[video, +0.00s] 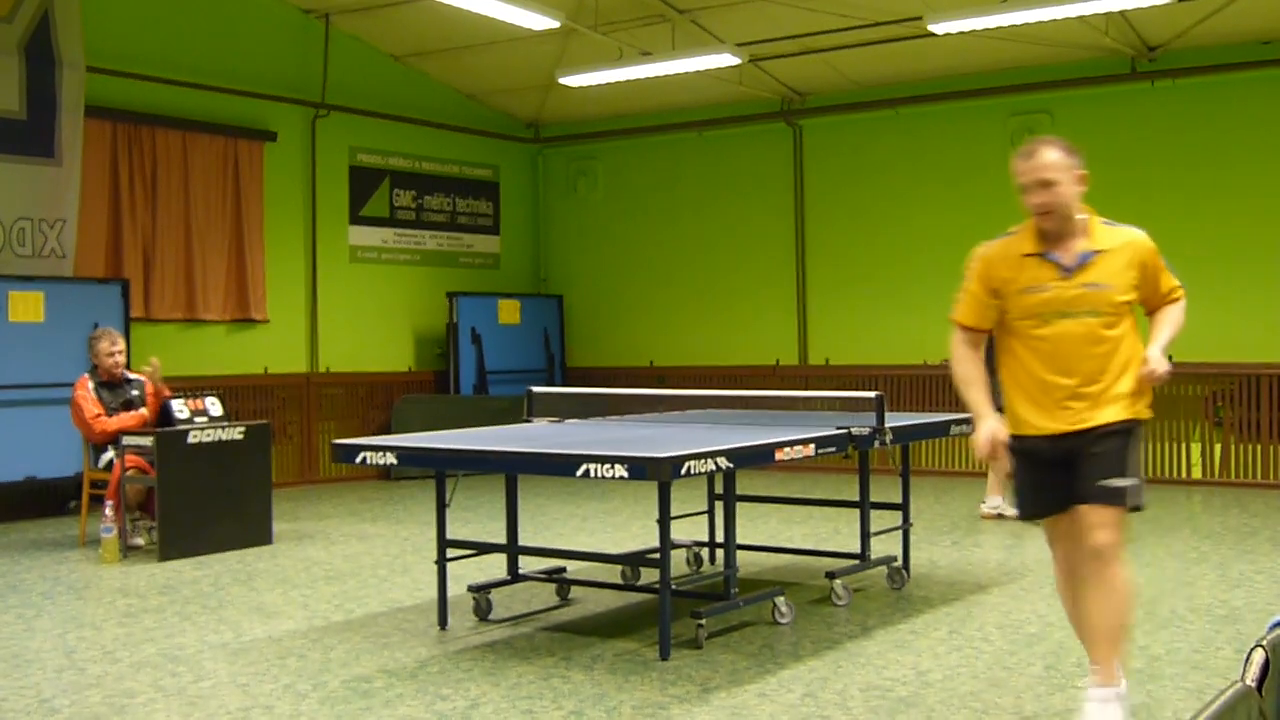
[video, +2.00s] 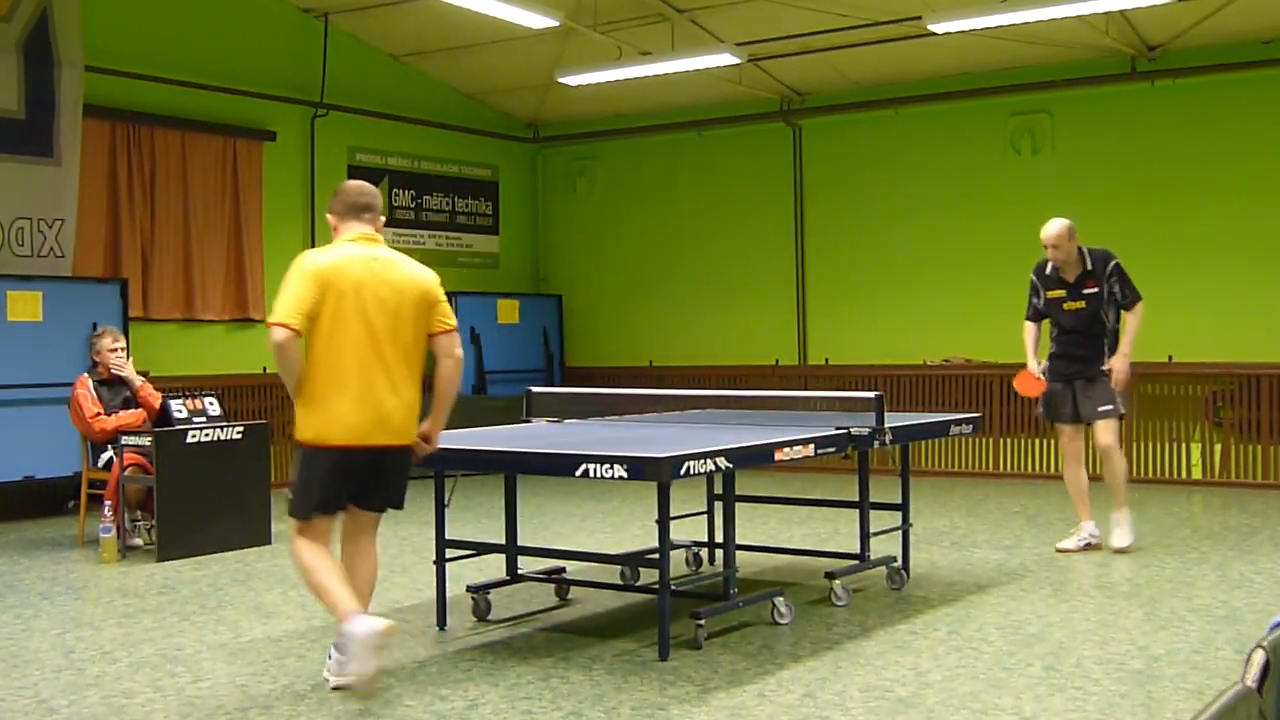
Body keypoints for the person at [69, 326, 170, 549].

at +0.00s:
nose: (118, 360)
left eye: (121, 353)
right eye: (110, 355)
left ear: (126, 354)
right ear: (95, 359)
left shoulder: (141, 381)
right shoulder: (85, 387)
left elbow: (161, 418)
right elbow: (97, 428)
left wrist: (159, 387)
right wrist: (142, 416)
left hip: (148, 444)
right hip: (112, 448)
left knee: (171, 468)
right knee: (134, 474)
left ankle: (151, 519)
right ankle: (132, 519)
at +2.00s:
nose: (120, 355)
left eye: (123, 350)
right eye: (113, 350)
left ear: (128, 354)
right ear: (96, 356)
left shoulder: (134, 380)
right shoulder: (84, 385)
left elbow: (161, 413)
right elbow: (96, 428)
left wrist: (135, 380)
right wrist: (143, 415)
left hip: (145, 445)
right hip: (110, 449)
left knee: (172, 468)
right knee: (135, 473)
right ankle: (133, 520)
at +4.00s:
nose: (120, 356)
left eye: (124, 351)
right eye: (113, 351)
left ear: (128, 354)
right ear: (97, 354)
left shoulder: (137, 381)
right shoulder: (84, 385)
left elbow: (163, 412)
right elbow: (97, 428)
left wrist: (133, 384)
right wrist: (142, 415)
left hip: (146, 446)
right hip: (112, 449)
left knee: (170, 469)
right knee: (133, 474)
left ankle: (152, 521)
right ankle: (131, 519)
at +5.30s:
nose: (120, 357)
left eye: (124, 352)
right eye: (114, 352)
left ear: (128, 354)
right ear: (97, 355)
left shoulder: (137, 382)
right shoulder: (84, 386)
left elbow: (162, 412)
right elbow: (97, 428)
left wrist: (132, 384)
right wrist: (141, 415)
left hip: (146, 446)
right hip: (112, 449)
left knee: (171, 467)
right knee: (134, 474)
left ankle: (152, 520)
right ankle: (131, 519)